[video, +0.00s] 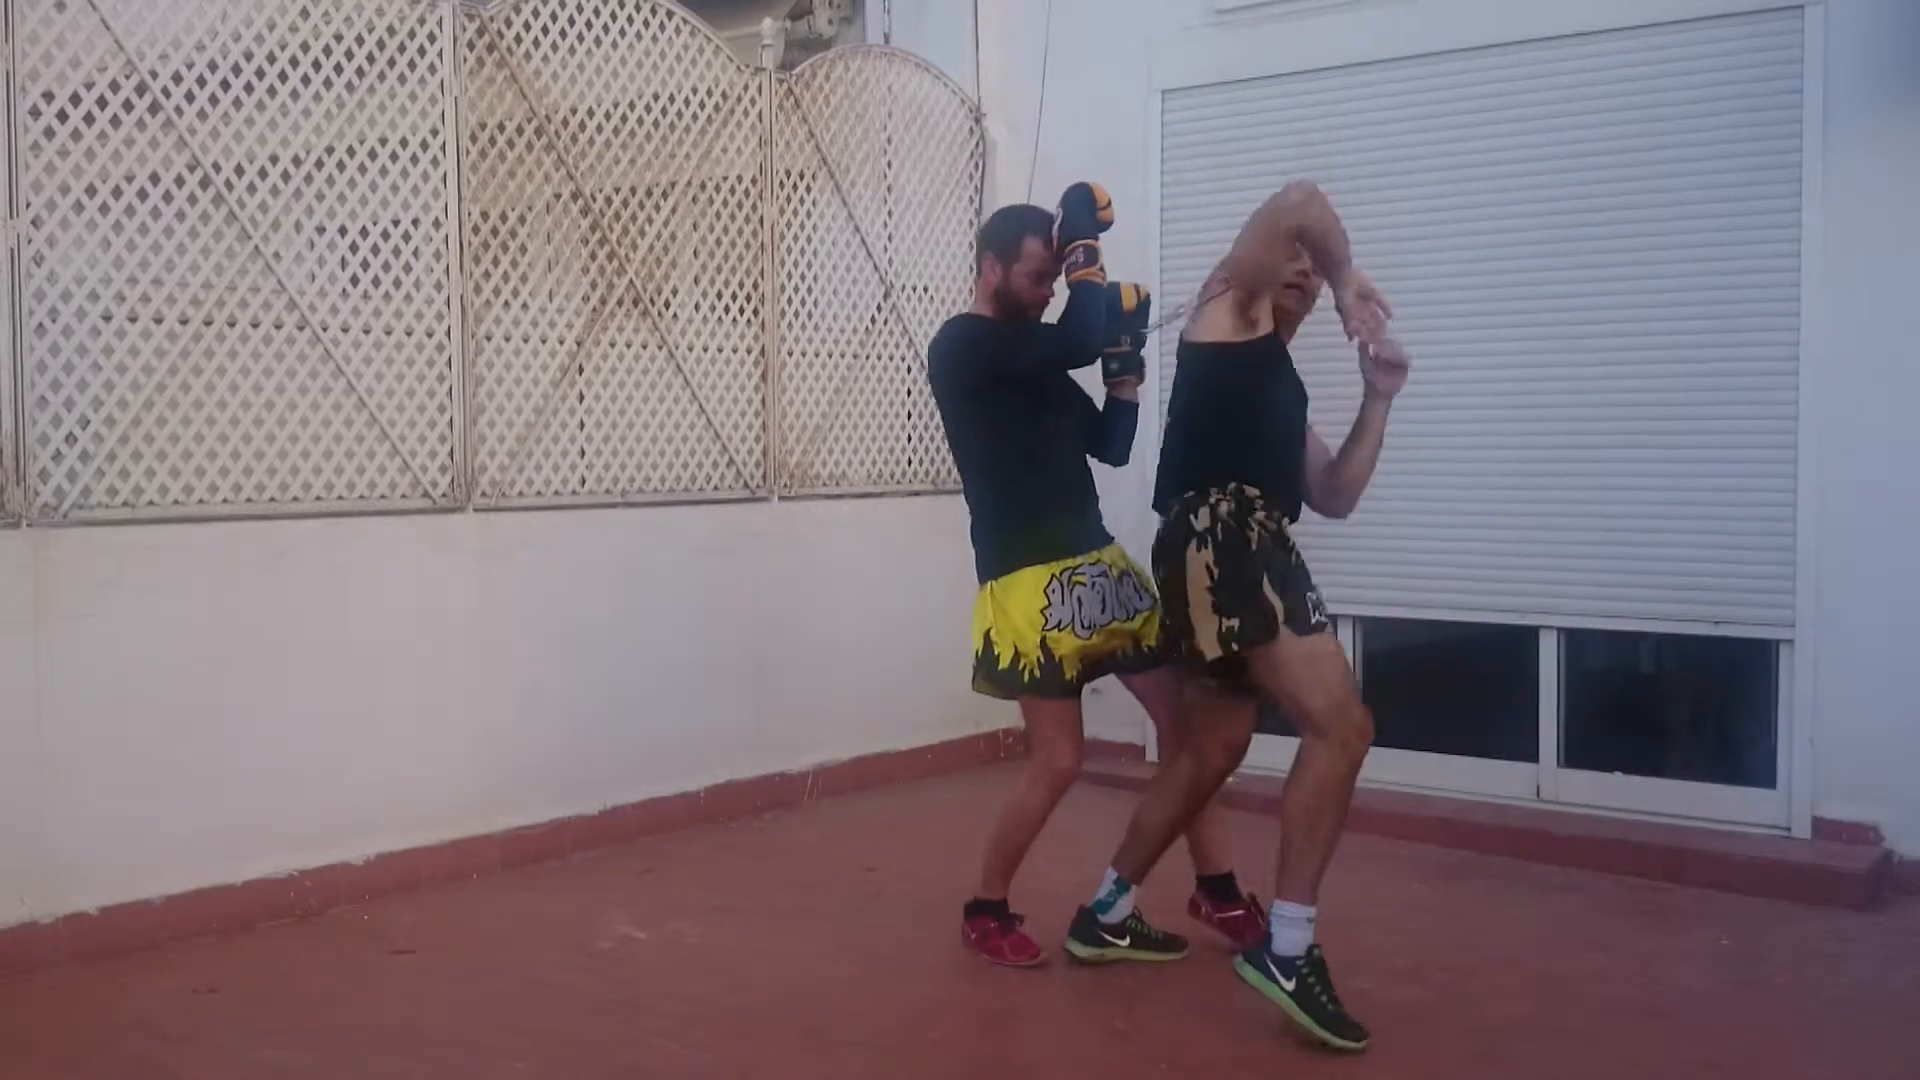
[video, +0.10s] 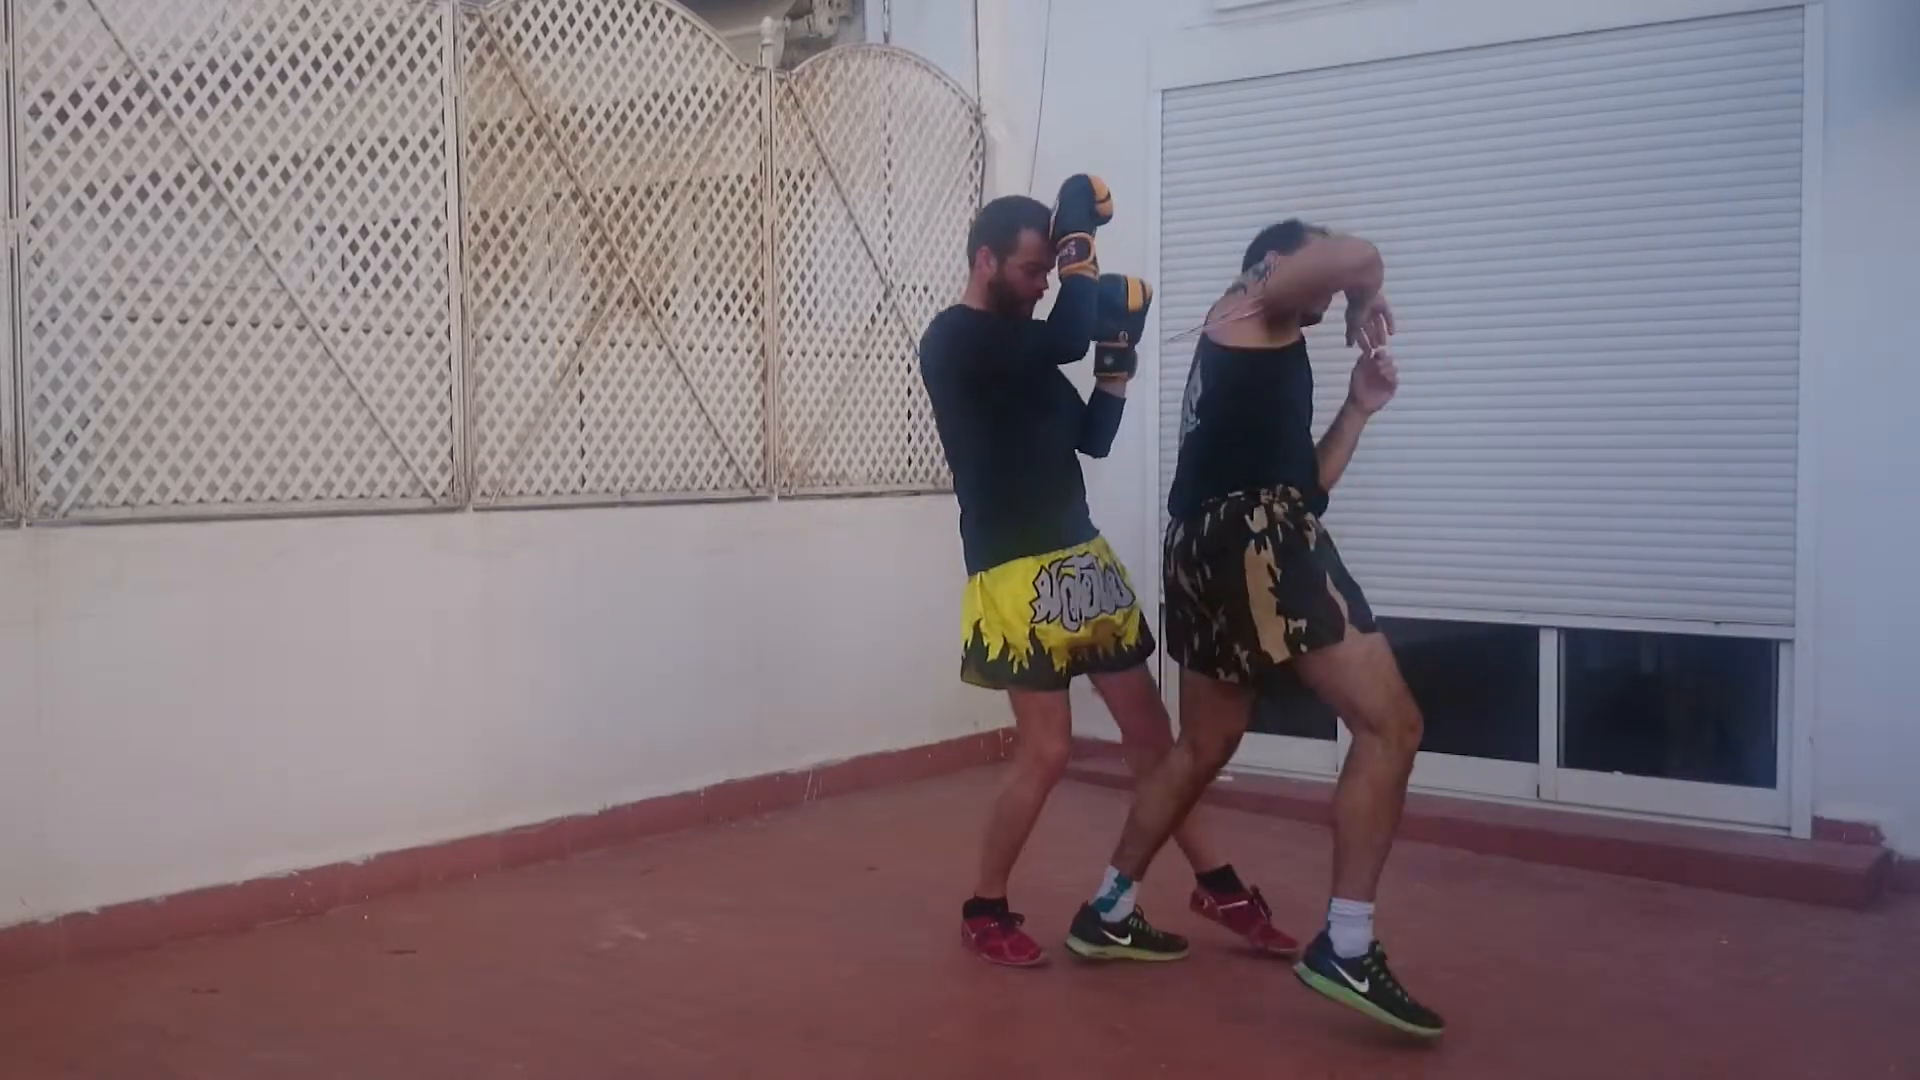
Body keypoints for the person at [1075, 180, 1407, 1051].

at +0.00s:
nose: (1308, 289)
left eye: (1314, 286)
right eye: (1297, 274)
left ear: (1306, 304)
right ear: (1263, 268)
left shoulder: (1277, 388)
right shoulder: (1229, 304)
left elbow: (1333, 493)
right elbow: (1298, 199)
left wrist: (1379, 396)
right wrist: (1346, 280)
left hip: (1213, 551)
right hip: (1231, 540)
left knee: (1210, 751)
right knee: (1342, 727)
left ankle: (1105, 911)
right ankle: (1287, 948)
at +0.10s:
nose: (1324, 287)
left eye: (1324, 269)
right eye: (1322, 264)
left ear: (1267, 269)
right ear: (1281, 264)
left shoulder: (1257, 349)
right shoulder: (1254, 303)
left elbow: (1305, 487)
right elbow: (1358, 253)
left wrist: (1357, 408)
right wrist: (1366, 303)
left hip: (1204, 547)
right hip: (1265, 539)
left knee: (1203, 744)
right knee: (1390, 725)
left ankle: (1108, 906)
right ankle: (1346, 948)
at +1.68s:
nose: (1379, 264)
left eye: (1380, 249)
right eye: (1377, 252)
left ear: (1412, 233)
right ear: (1465, 232)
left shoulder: (1415, 299)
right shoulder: (1537, 308)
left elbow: (1311, 407)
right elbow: (1474, 389)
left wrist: (1288, 314)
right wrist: (1390, 332)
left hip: (1442, 561)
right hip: (1550, 569)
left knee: (1376, 778)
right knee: (1561, 790)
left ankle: (1369, 1014)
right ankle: (1606, 1021)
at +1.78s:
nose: (1374, 267)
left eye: (1375, 251)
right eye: (1372, 254)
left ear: (1406, 239)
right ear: (1458, 239)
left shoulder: (1411, 305)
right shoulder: (1530, 312)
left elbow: (1310, 414)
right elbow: (1472, 383)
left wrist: (1285, 325)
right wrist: (1387, 338)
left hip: (1435, 559)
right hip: (1544, 568)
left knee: (1330, 750)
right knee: (1556, 790)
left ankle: (1355, 977)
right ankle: (1605, 1017)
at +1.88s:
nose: (1361, 284)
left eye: (1362, 270)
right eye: (1359, 273)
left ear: (1394, 252)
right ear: (1443, 252)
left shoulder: (1399, 314)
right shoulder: (1516, 324)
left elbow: (1296, 422)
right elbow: (1459, 403)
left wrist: (1274, 335)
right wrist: (1371, 358)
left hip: (1416, 565)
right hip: (1527, 580)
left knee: (1279, 719)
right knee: (1548, 797)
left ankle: (1301, 935)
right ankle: (1603, 1017)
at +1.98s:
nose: (1341, 309)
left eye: (1342, 295)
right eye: (1341, 297)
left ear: (1366, 283)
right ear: (1419, 284)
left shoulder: (1370, 338)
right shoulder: (1492, 348)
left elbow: (1264, 436)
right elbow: (1441, 421)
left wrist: (1252, 349)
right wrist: (1355, 370)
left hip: (1394, 580)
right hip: (1503, 590)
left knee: (1248, 722)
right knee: (1532, 807)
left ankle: (1194, 931)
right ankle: (1602, 1018)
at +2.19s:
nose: (1217, 420)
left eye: (1219, 411)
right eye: (1221, 413)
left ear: (1234, 408)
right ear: (1296, 396)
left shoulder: (1222, 450)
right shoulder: (1366, 408)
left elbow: (1123, 551)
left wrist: (1172, 496)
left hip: (1291, 615)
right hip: (1406, 609)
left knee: (1202, 774)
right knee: (1508, 805)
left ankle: (1095, 934)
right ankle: (1597, 1014)